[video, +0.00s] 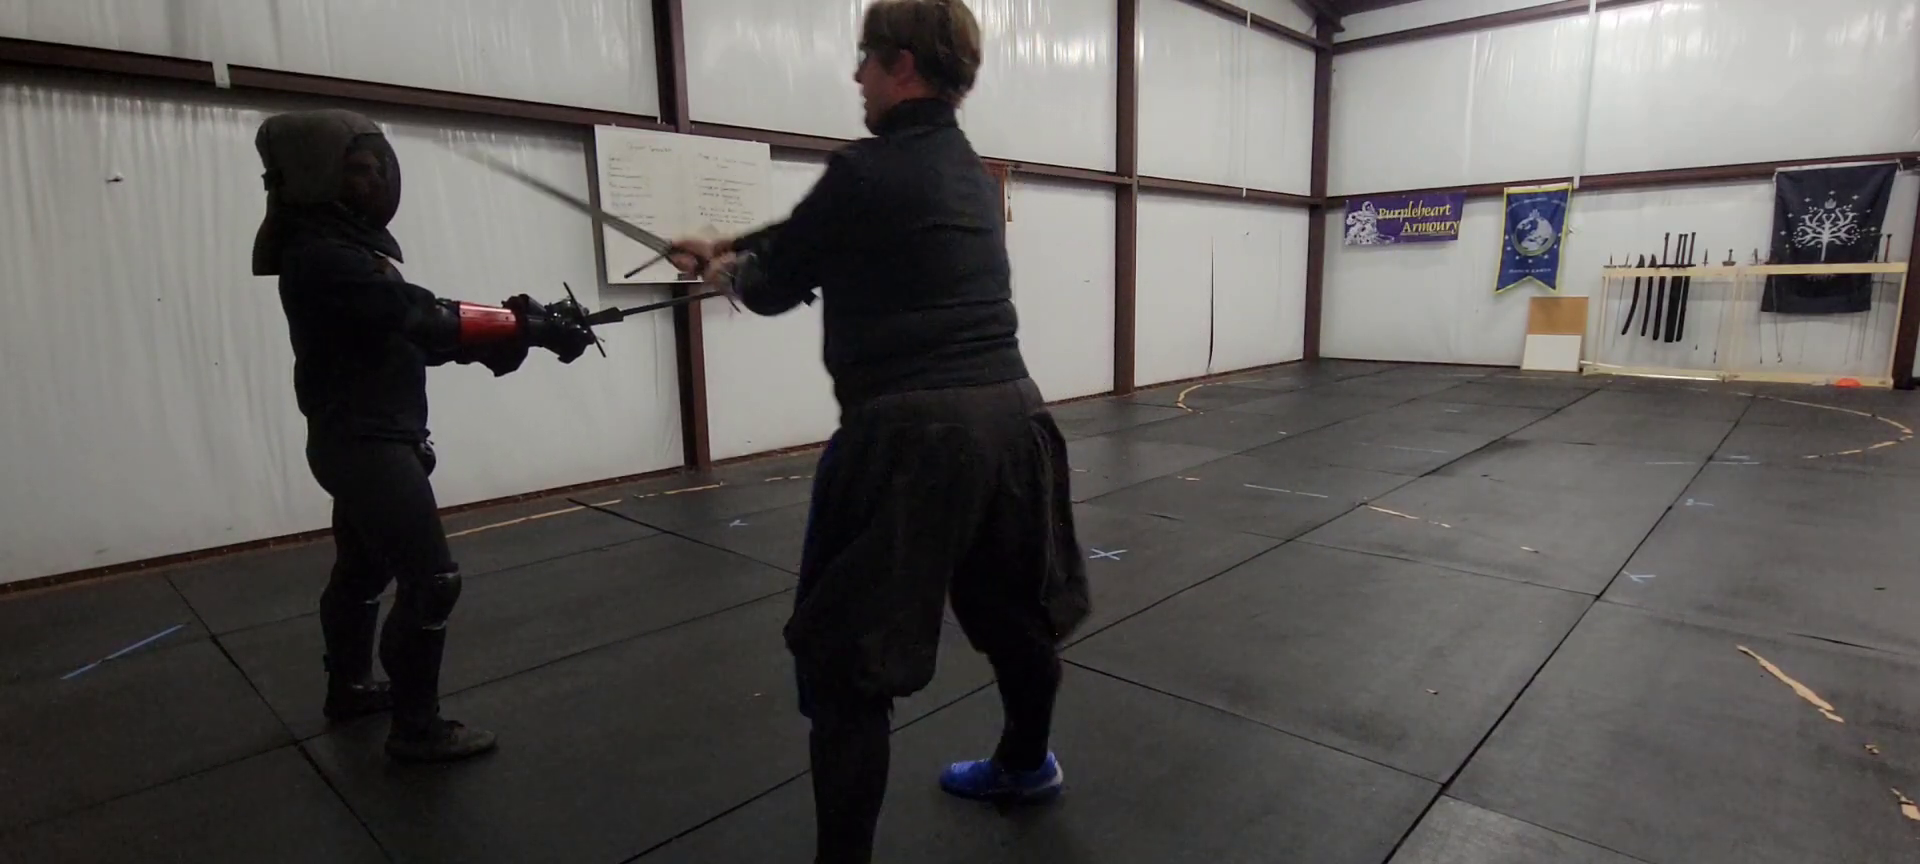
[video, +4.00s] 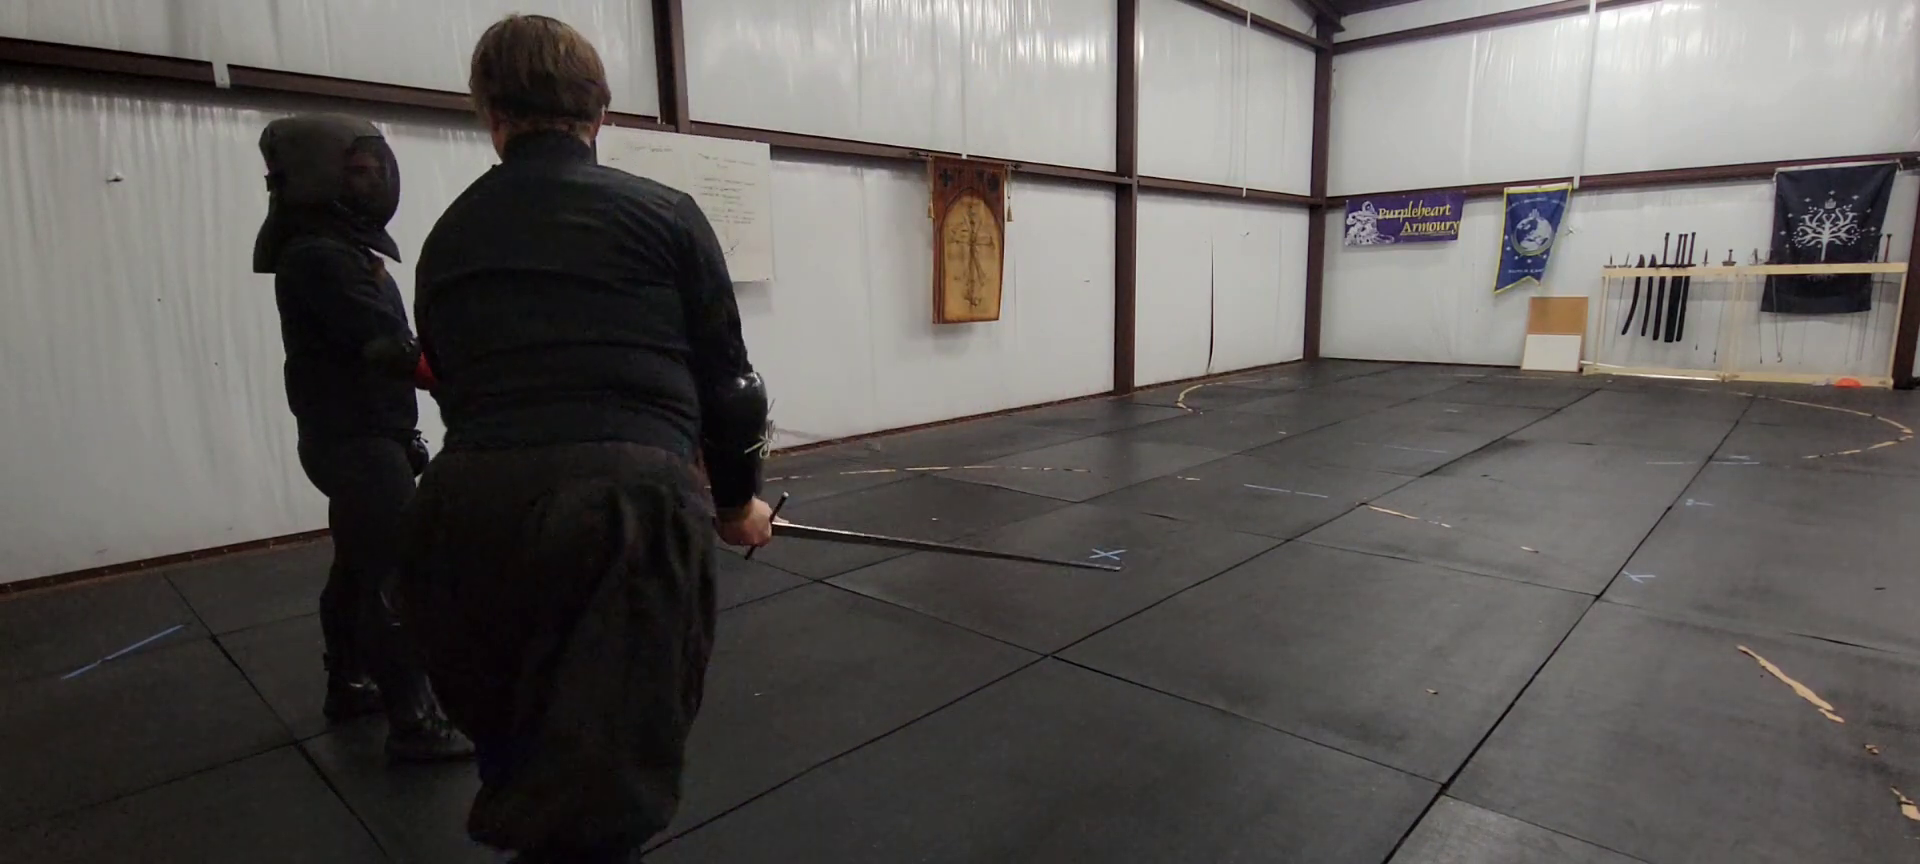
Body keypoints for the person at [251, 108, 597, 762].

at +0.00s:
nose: (381, 177)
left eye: (381, 164)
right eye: (364, 166)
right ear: (327, 177)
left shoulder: (348, 246)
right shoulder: (322, 256)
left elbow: (415, 326)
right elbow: (415, 317)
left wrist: (505, 327)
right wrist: (522, 324)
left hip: (376, 444)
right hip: (369, 449)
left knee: (360, 573)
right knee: (430, 583)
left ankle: (351, 691)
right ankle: (417, 728)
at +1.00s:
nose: (368, 178)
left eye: (371, 165)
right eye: (350, 167)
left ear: (375, 172)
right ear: (311, 179)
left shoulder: (350, 246)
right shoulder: (304, 258)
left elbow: (393, 336)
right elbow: (381, 341)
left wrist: (466, 361)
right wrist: (493, 374)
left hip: (375, 441)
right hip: (352, 446)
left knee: (359, 571)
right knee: (409, 580)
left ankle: (349, 689)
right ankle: (416, 725)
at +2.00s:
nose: (363, 183)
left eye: (365, 170)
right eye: (346, 172)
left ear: (367, 176)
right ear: (311, 182)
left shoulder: (347, 245)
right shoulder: (292, 256)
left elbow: (388, 333)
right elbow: (360, 342)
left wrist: (462, 358)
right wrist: (473, 355)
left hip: (375, 439)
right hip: (344, 445)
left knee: (358, 569)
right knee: (392, 581)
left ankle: (350, 688)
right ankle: (410, 724)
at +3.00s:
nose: (355, 181)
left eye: (361, 169)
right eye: (339, 169)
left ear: (371, 179)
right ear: (308, 179)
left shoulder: (350, 245)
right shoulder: (292, 254)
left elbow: (393, 328)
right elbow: (364, 334)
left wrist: (466, 349)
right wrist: (478, 345)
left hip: (376, 439)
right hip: (343, 444)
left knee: (359, 569)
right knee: (392, 582)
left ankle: (349, 688)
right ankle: (411, 723)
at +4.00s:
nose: (375, 176)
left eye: (378, 165)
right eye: (360, 165)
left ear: (382, 174)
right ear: (324, 176)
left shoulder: (349, 249)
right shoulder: (319, 256)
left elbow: (378, 357)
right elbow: (377, 348)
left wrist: (401, 438)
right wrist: (440, 371)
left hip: (371, 440)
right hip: (354, 445)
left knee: (358, 568)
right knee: (393, 573)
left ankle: (350, 687)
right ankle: (413, 718)